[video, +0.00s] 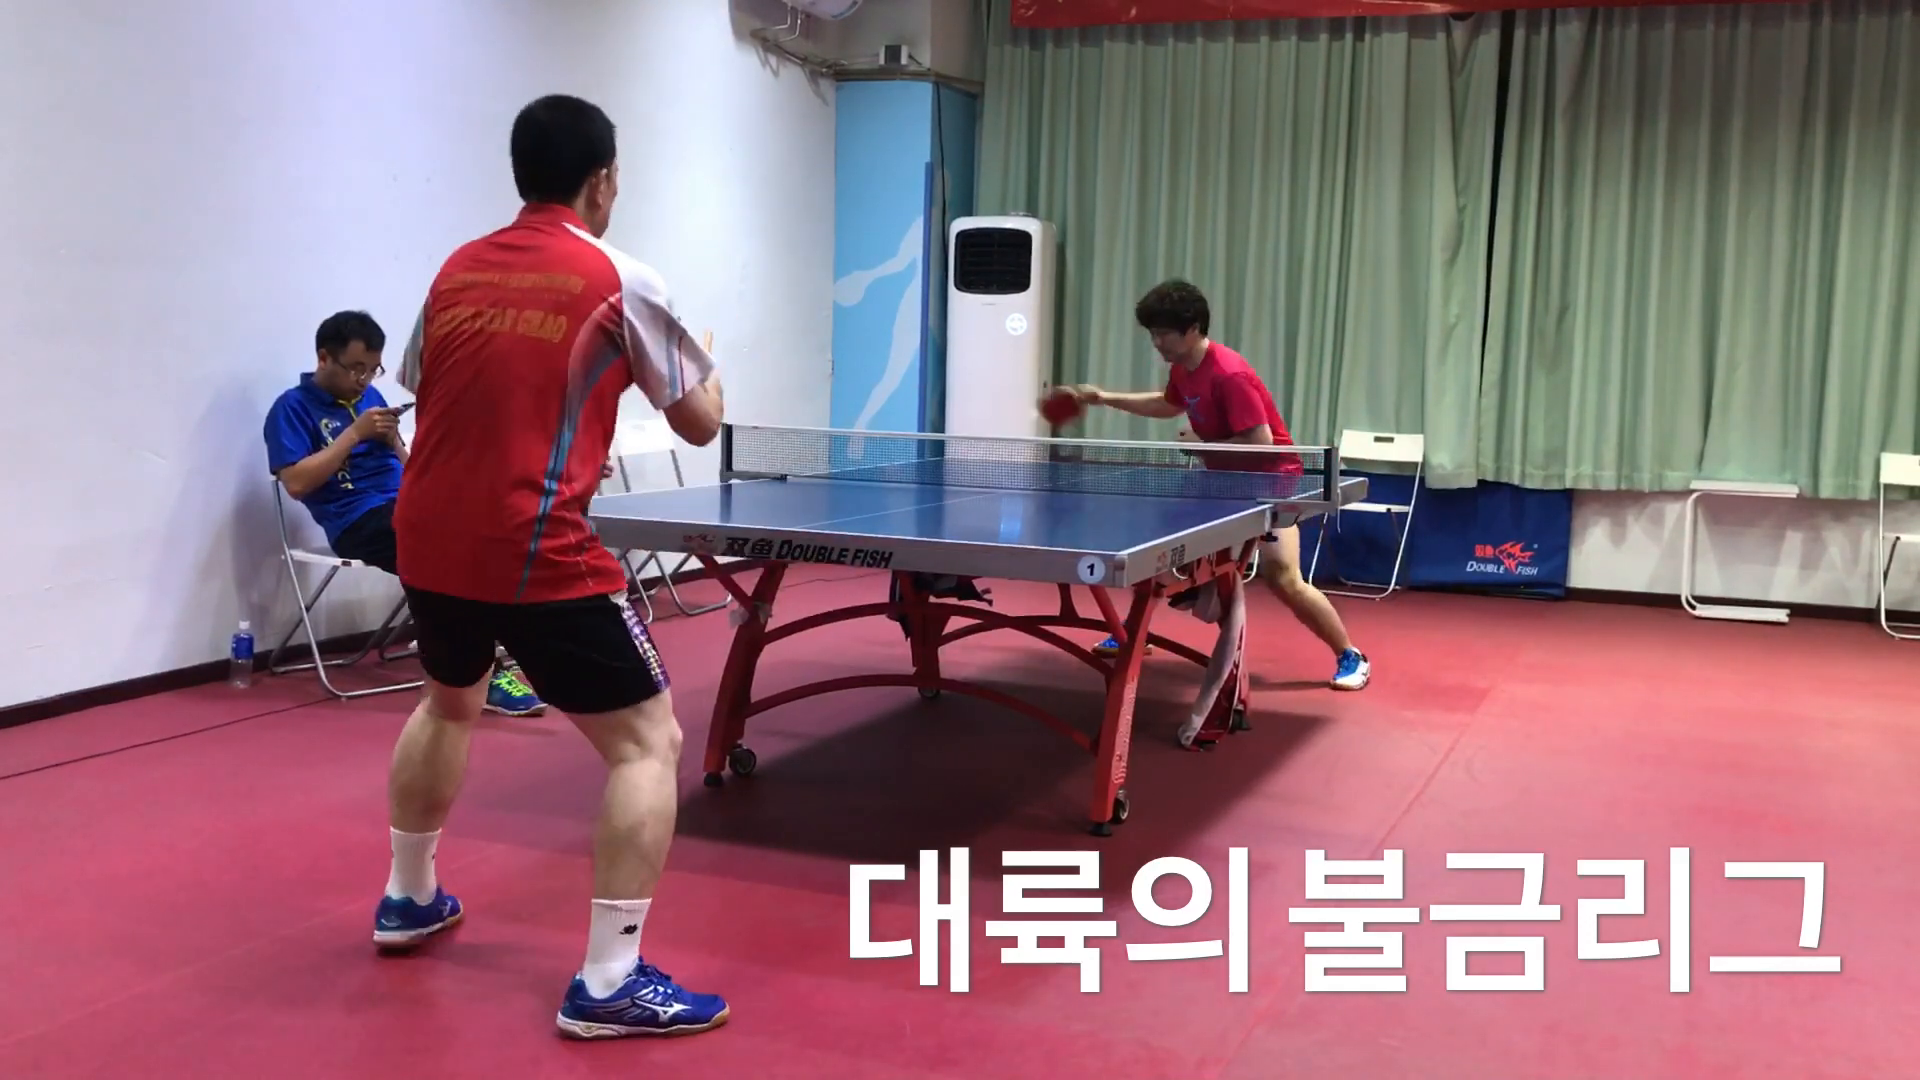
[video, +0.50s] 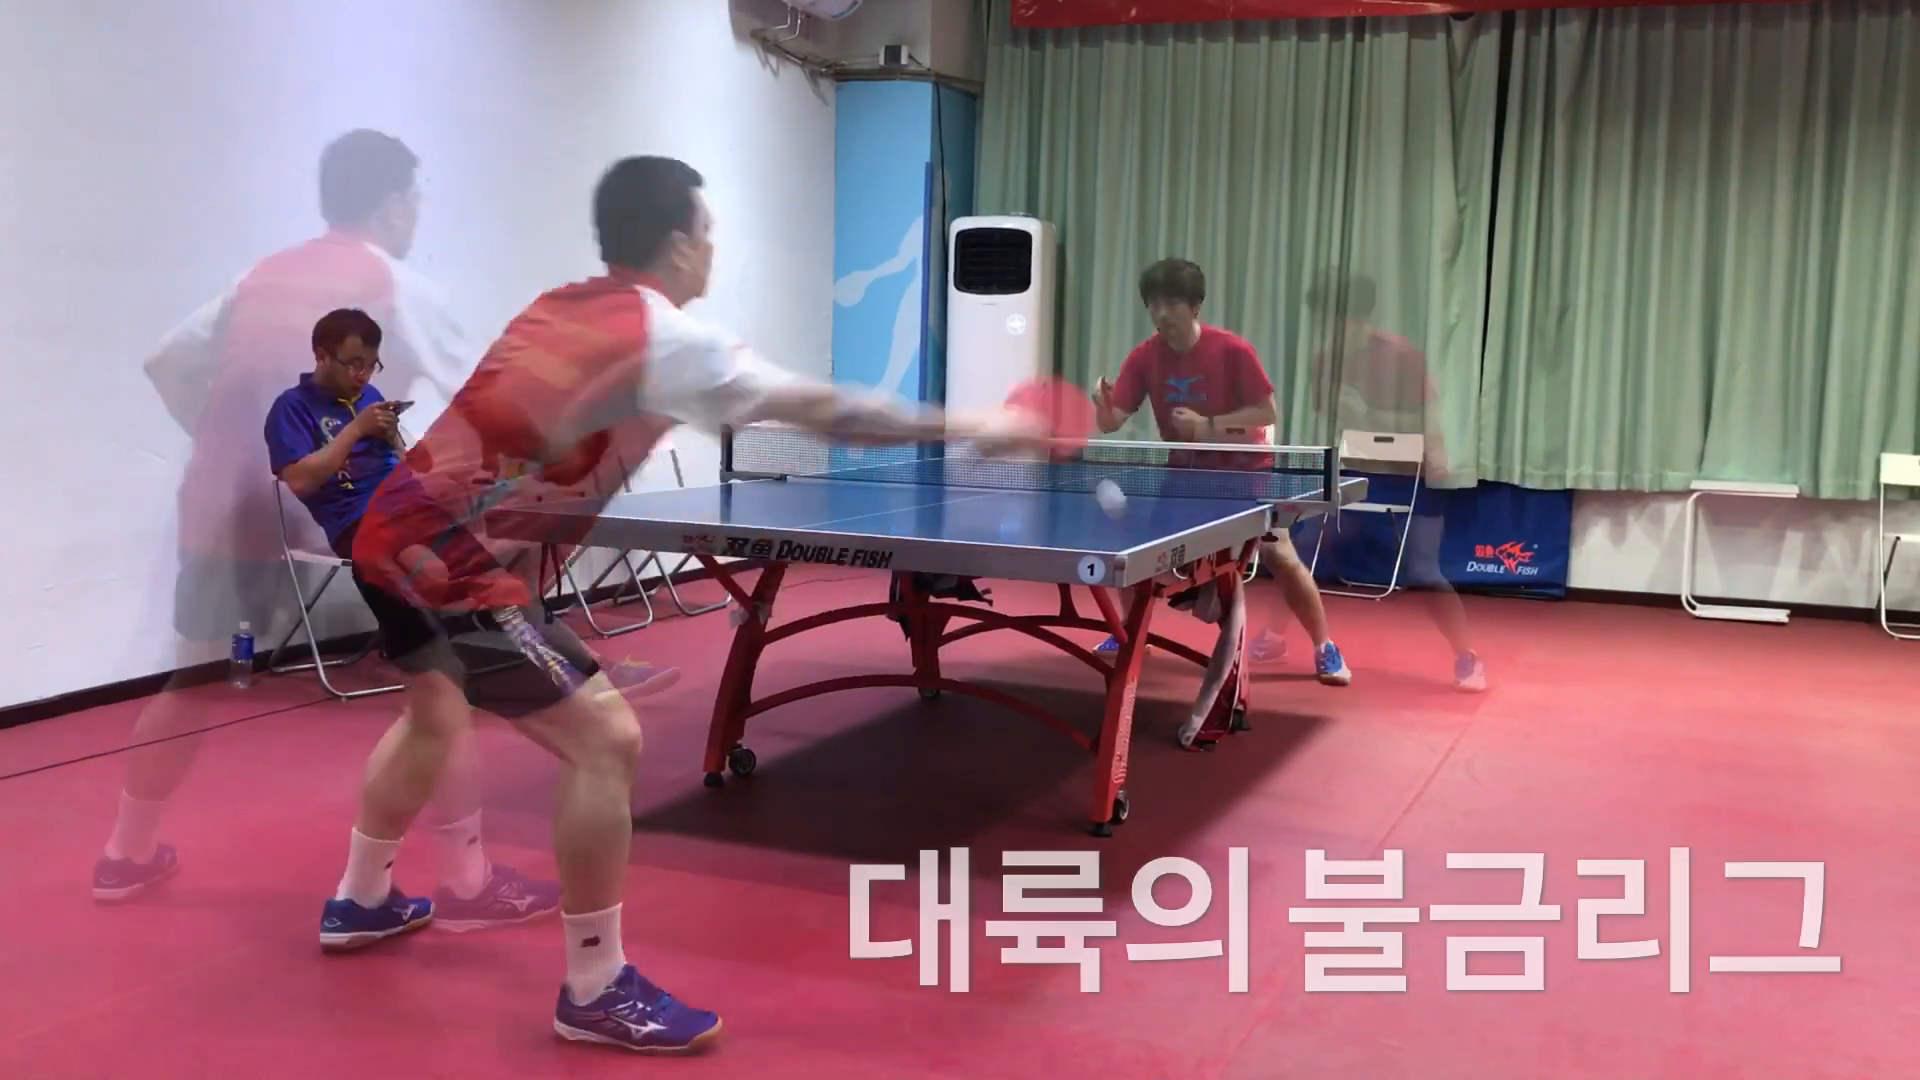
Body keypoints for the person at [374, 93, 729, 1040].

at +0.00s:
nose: (616, 192)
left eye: (614, 178)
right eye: (615, 179)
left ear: (518, 179)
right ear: (598, 184)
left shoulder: (458, 266)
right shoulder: (612, 281)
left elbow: (423, 391)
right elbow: (698, 424)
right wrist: (706, 380)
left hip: (428, 544)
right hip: (540, 554)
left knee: (448, 703)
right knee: (646, 743)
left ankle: (408, 898)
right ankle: (609, 979)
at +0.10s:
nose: (638, 183)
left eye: (635, 170)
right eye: (637, 170)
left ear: (539, 171)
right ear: (621, 176)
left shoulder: (475, 258)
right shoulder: (624, 274)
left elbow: (444, 401)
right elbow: (697, 425)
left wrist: (577, 452)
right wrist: (732, 407)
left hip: (428, 534)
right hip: (532, 549)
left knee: (455, 689)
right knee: (631, 738)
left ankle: (396, 880)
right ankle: (608, 979)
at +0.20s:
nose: (659, 197)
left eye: (656, 179)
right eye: (659, 179)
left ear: (567, 174)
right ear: (639, 182)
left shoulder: (511, 255)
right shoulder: (605, 271)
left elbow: (523, 410)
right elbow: (658, 440)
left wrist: (631, 459)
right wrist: (745, 481)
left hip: (423, 535)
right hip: (509, 551)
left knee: (453, 712)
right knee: (615, 735)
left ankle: (369, 895)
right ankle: (606, 983)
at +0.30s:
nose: (673, 214)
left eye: (671, 197)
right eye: (669, 197)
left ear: (585, 199)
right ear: (640, 204)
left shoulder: (540, 276)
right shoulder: (584, 295)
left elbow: (560, 437)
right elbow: (598, 448)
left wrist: (641, 470)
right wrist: (722, 539)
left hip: (420, 553)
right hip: (487, 565)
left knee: (461, 725)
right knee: (618, 735)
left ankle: (365, 903)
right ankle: (603, 983)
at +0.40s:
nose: (678, 224)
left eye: (676, 207)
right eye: (672, 208)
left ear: (596, 218)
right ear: (636, 218)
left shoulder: (539, 290)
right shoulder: (602, 312)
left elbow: (543, 414)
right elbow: (659, 452)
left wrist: (620, 474)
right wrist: (793, 519)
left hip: (407, 557)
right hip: (471, 568)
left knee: (459, 724)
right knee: (615, 738)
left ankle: (365, 901)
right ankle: (596, 984)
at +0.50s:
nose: (712, 251)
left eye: (708, 233)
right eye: (704, 234)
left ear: (622, 238)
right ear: (675, 243)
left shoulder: (558, 307)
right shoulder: (655, 335)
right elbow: (823, 407)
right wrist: (980, 428)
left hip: (392, 539)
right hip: (444, 556)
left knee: (433, 715)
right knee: (604, 740)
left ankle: (359, 897)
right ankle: (596, 988)